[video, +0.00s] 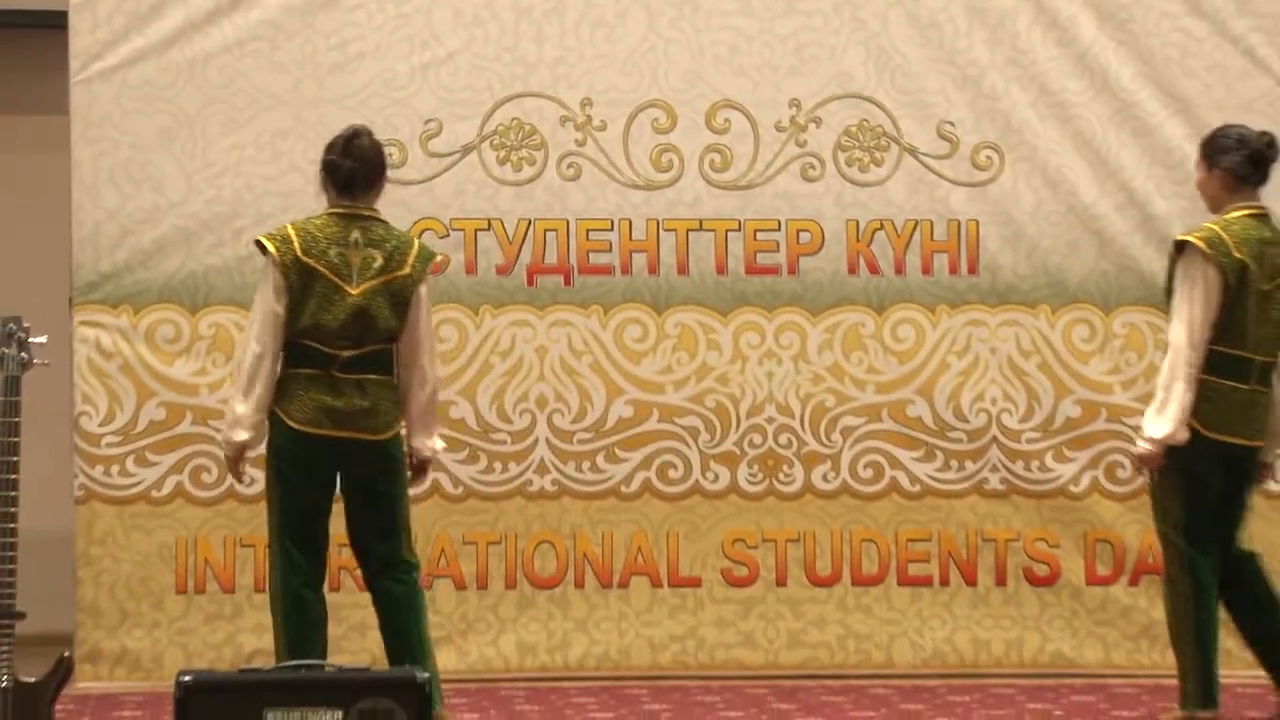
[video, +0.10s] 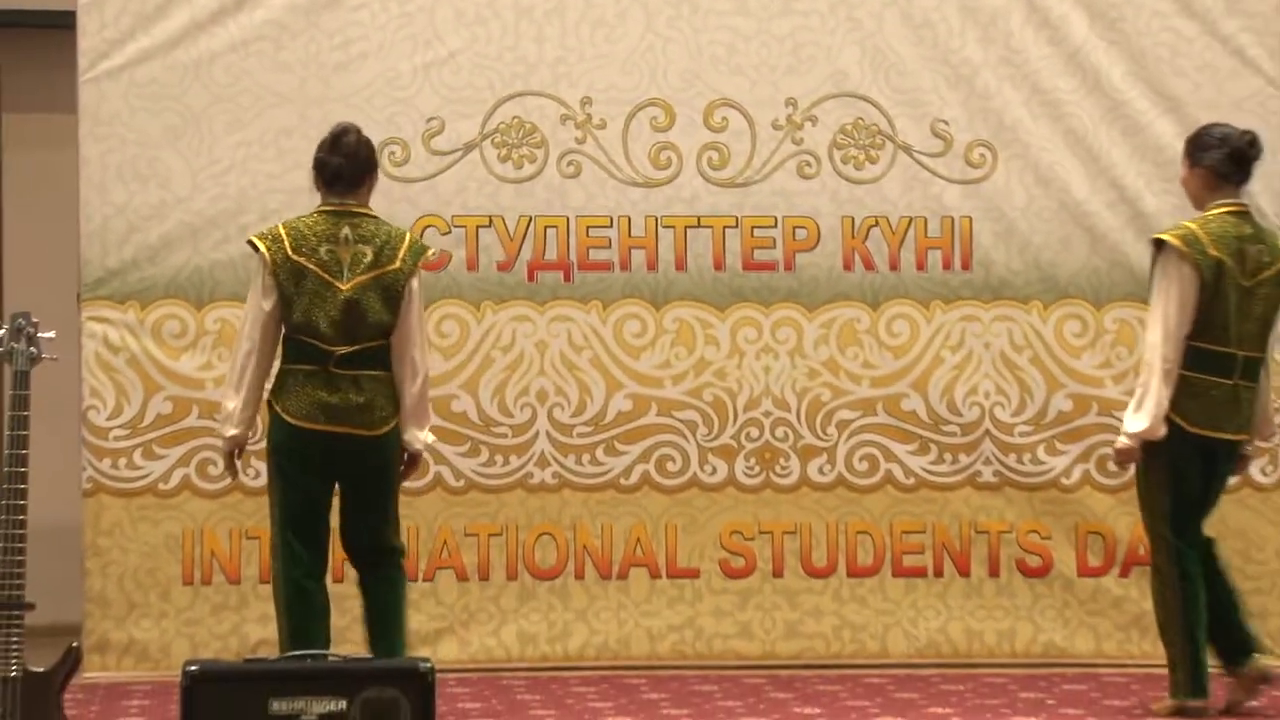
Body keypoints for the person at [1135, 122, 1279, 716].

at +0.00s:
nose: (1195, 180)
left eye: (1198, 170)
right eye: (1198, 169)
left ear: (1214, 175)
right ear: (1254, 177)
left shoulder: (1207, 246)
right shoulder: (1271, 242)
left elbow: (1188, 345)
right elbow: (1274, 361)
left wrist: (1160, 427)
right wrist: (1270, 444)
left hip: (1198, 435)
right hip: (1247, 436)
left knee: (1187, 565)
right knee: (1224, 554)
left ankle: (1197, 703)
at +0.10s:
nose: (1180, 177)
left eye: (1183, 168)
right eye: (1184, 167)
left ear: (1196, 173)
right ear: (1241, 176)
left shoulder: (1186, 243)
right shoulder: (1269, 246)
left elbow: (1166, 340)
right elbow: (1267, 351)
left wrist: (1143, 419)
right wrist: (1258, 431)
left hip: (1178, 426)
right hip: (1229, 429)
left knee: (1170, 549)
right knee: (1188, 536)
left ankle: (1186, 692)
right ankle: (1243, 661)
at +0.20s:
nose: (1172, 174)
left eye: (1175, 165)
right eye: (1178, 164)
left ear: (1185, 170)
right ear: (1232, 174)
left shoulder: (1171, 241)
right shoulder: (1263, 246)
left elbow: (1154, 338)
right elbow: (1264, 346)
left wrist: (1136, 414)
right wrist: (1255, 425)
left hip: (1171, 420)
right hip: (1224, 424)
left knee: (1160, 538)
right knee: (1175, 525)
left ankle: (1183, 682)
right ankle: (1216, 649)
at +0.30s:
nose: (1163, 171)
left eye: (1165, 163)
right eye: (1168, 162)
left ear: (1174, 168)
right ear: (1223, 171)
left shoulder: (1153, 238)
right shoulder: (1259, 246)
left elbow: (1134, 329)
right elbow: (1258, 343)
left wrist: (1124, 400)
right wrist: (1251, 418)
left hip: (1160, 414)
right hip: (1218, 419)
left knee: (1158, 538)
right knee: (1178, 517)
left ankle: (1177, 677)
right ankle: (1206, 638)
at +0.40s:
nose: (1157, 170)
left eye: (1160, 161)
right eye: (1162, 160)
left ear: (1168, 167)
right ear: (1216, 170)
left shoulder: (1141, 237)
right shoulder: (1250, 243)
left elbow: (1121, 325)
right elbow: (1250, 339)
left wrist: (1111, 398)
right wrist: (1248, 414)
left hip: (1151, 411)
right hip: (1215, 415)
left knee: (1154, 531)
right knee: (1193, 515)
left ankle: (1168, 672)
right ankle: (1214, 633)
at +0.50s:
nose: (1146, 171)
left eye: (1148, 163)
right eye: (1153, 162)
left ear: (1155, 169)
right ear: (1204, 171)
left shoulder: (1124, 237)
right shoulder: (1237, 242)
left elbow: (1104, 326)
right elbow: (1242, 333)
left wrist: (1089, 399)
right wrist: (1241, 403)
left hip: (1137, 407)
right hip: (1207, 410)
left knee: (1145, 527)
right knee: (1207, 518)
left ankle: (1154, 661)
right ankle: (1232, 647)